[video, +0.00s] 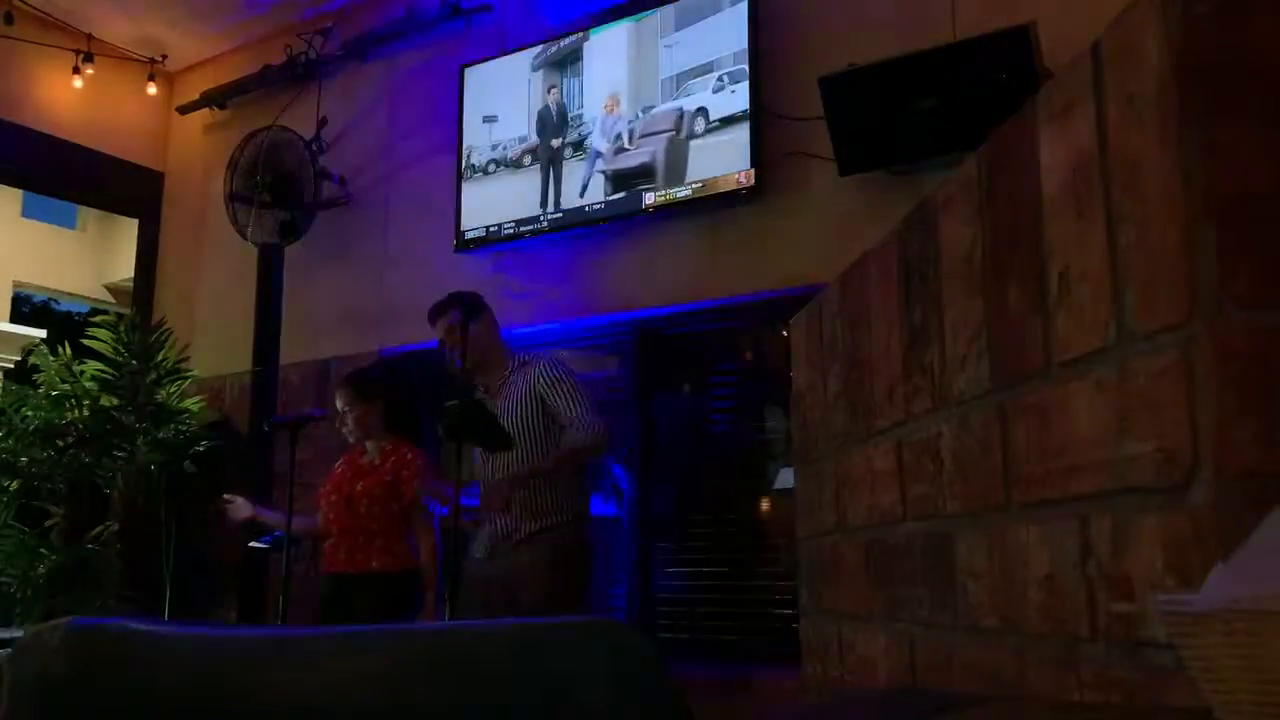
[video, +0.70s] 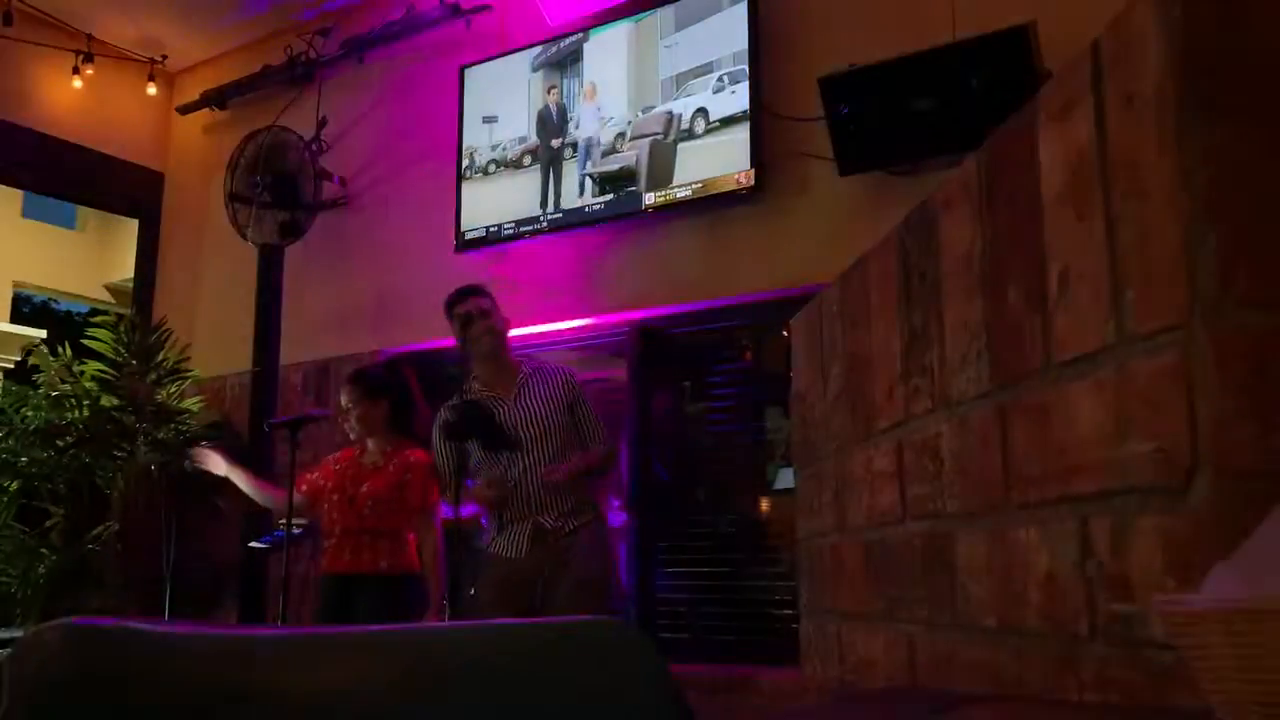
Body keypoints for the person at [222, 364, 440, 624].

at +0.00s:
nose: (340, 422)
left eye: (347, 411)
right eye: (339, 414)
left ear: (374, 409)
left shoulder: (407, 462)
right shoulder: (345, 465)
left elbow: (425, 533)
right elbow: (321, 525)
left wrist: (431, 602)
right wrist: (255, 512)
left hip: (390, 583)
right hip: (340, 583)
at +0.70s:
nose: (344, 416)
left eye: (352, 407)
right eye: (342, 408)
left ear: (381, 407)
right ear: (341, 410)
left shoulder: (414, 463)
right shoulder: (337, 464)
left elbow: (428, 537)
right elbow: (283, 502)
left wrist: (435, 605)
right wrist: (228, 469)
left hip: (392, 584)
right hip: (338, 585)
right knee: (336, 681)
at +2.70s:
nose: (356, 408)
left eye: (367, 400)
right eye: (355, 400)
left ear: (397, 407)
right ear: (353, 400)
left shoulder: (419, 465)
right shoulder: (336, 459)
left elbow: (431, 539)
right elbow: (289, 508)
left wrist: (433, 602)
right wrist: (231, 478)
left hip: (392, 587)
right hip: (334, 585)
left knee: (386, 682)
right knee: (322, 677)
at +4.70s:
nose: (351, 415)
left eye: (360, 406)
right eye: (349, 408)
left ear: (390, 407)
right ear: (347, 412)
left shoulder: (416, 463)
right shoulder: (341, 463)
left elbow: (428, 535)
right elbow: (304, 517)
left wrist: (428, 600)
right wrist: (248, 491)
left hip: (389, 581)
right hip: (335, 581)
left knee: (383, 678)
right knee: (333, 678)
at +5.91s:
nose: (349, 416)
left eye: (356, 406)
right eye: (349, 408)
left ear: (387, 406)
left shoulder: (415, 461)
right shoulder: (357, 460)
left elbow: (424, 536)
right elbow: (338, 527)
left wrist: (413, 600)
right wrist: (282, 518)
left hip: (388, 581)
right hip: (345, 579)